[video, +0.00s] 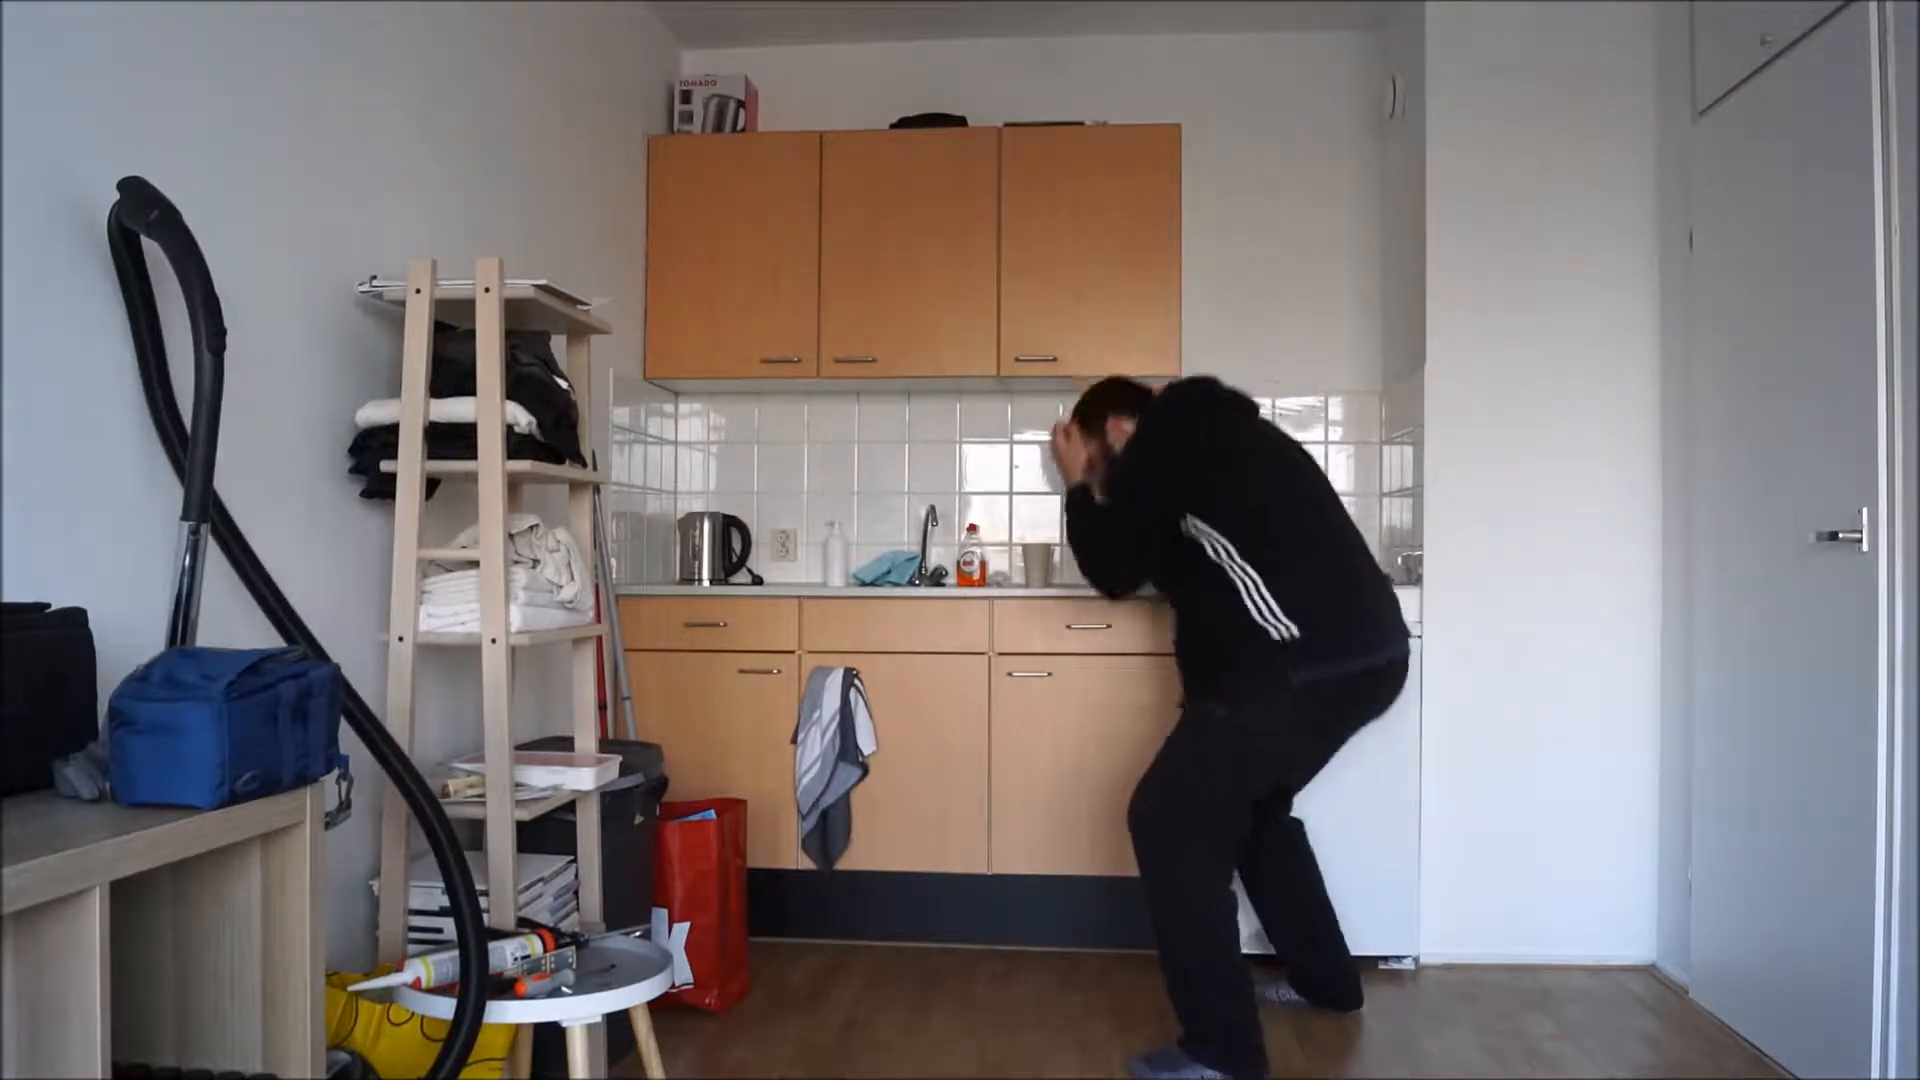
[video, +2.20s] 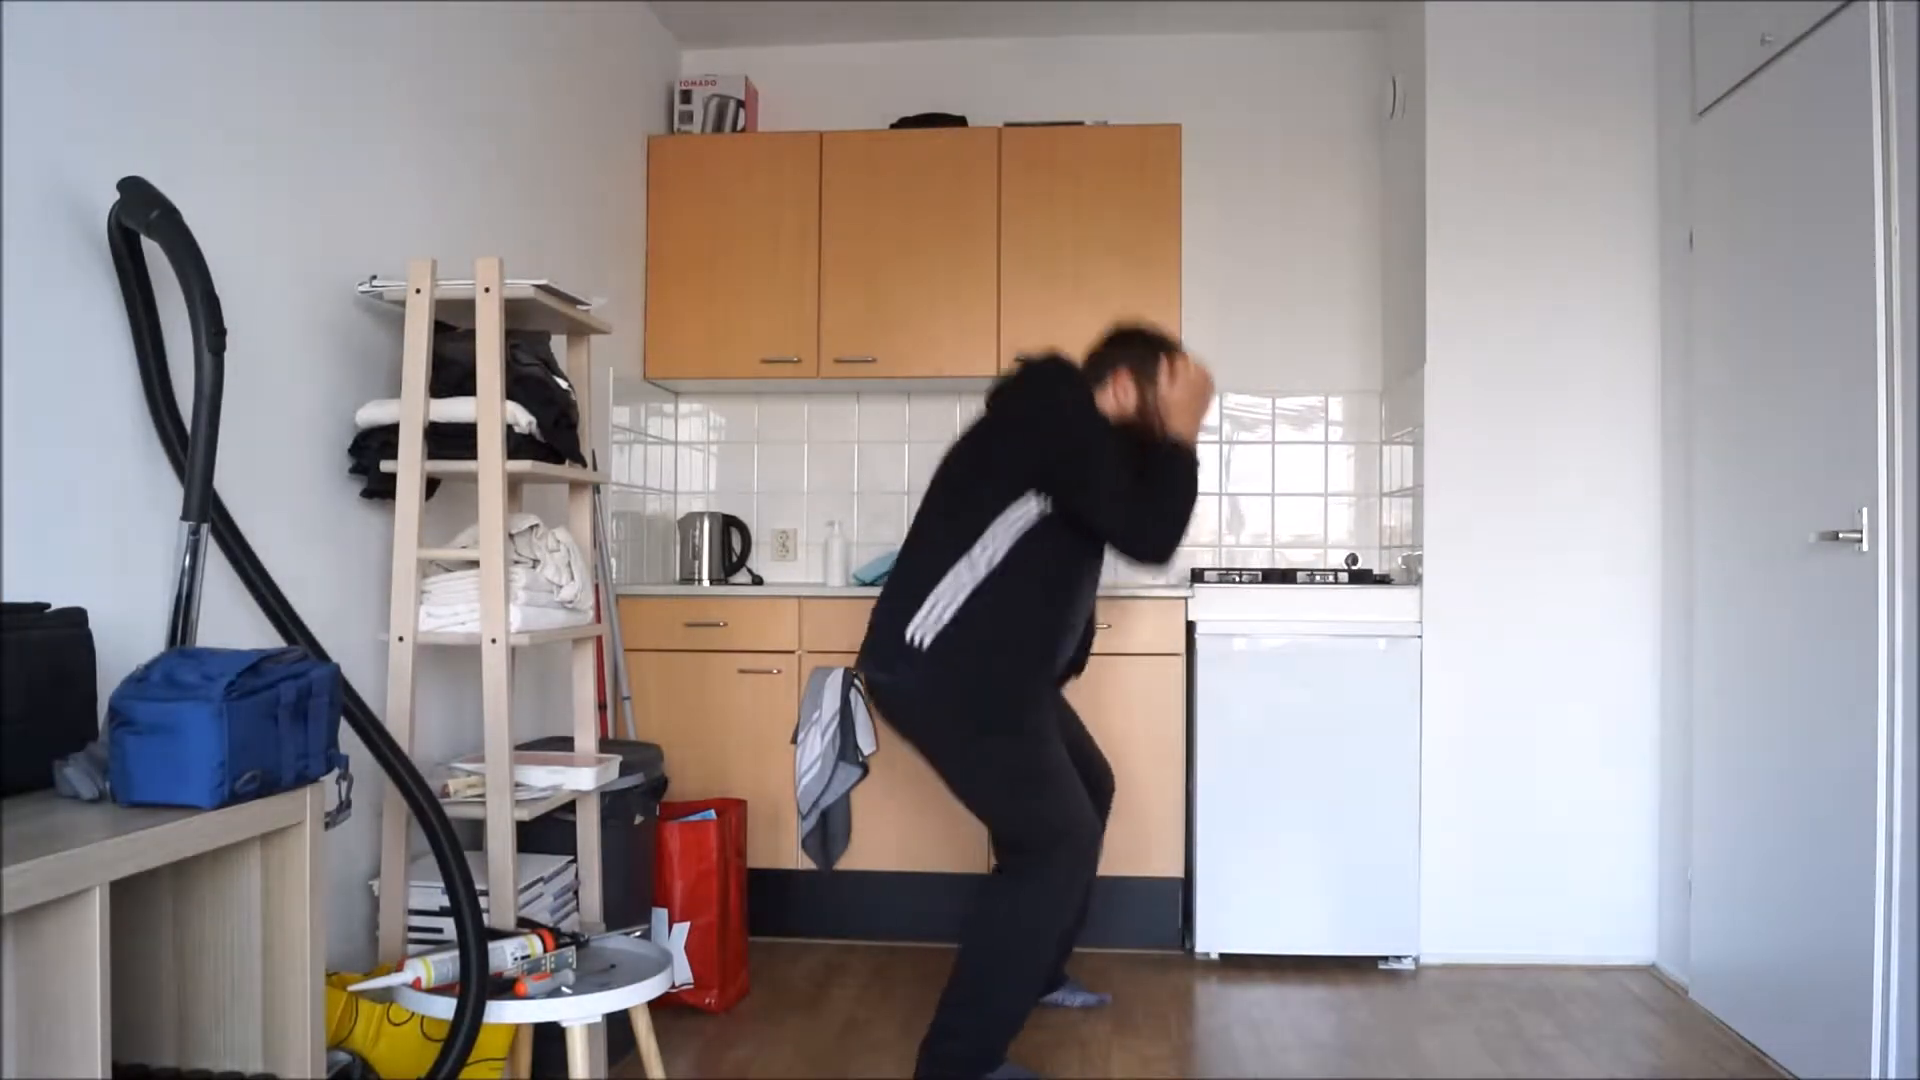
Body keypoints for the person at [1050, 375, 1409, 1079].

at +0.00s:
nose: (1097, 467)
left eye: (1095, 454)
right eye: (1095, 456)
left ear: (1120, 429)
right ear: (1151, 409)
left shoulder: (1154, 456)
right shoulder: (1235, 426)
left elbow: (1111, 572)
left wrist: (1080, 486)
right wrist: (1112, 483)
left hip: (1290, 664)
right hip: (1370, 652)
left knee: (1169, 817)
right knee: (1253, 809)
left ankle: (1223, 1049)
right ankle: (1326, 980)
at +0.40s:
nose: (1101, 325)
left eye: (1105, 309)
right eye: (1099, 311)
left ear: (1149, 297)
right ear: (1163, 291)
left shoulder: (1204, 346)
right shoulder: (1224, 338)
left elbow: (1102, 448)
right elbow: (1116, 438)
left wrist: (1081, 347)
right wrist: (1105, 352)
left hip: (1263, 627)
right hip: (1287, 616)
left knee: (1186, 815)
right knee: (1234, 803)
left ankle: (1223, 1048)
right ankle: (1312, 977)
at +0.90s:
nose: (1103, 307)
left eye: (1107, 300)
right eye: (1108, 297)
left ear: (1126, 296)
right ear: (1186, 283)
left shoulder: (1134, 327)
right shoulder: (1262, 333)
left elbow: (1051, 412)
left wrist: (1083, 322)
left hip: (1181, 610)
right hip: (1288, 607)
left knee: (1103, 812)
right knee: (1244, 797)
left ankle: (1102, 1024)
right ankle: (1295, 1016)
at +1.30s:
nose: (1133, 273)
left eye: (1115, 267)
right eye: (1132, 264)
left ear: (1049, 271)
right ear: (1128, 269)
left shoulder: (998, 344)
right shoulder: (1168, 314)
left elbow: (1016, 462)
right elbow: (1216, 429)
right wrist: (1153, 354)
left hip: (1046, 618)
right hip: (1156, 613)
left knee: (1061, 820)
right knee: (1217, 791)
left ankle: (1064, 1027)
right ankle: (1149, 1010)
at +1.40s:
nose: (1138, 277)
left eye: (1130, 267)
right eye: (1135, 266)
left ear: (1047, 263)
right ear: (1119, 263)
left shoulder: (985, 337)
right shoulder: (1141, 319)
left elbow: (1007, 452)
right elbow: (1211, 411)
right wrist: (1163, 313)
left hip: (1016, 616)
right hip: (1114, 615)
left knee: (1059, 811)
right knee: (1156, 803)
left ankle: (1062, 1024)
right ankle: (1015, 1014)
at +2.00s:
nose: (1138, 286)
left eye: (1139, 270)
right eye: (1131, 269)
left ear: (1077, 262)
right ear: (1085, 262)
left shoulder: (1057, 324)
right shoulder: (1025, 307)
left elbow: (1138, 424)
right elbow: (1151, 403)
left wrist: (1148, 309)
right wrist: (1153, 298)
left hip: (1018, 610)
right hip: (969, 612)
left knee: (1067, 782)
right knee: (1020, 807)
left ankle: (1030, 976)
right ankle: (956, 1053)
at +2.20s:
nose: (1166, 420)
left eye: (1171, 407)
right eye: (1164, 404)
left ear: (1113, 385)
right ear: (1122, 387)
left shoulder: (1076, 422)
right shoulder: (1054, 411)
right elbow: (1151, 536)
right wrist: (1178, 436)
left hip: (992, 665)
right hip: (943, 671)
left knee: (1089, 791)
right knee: (1056, 837)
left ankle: (1032, 972)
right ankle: (958, 1058)